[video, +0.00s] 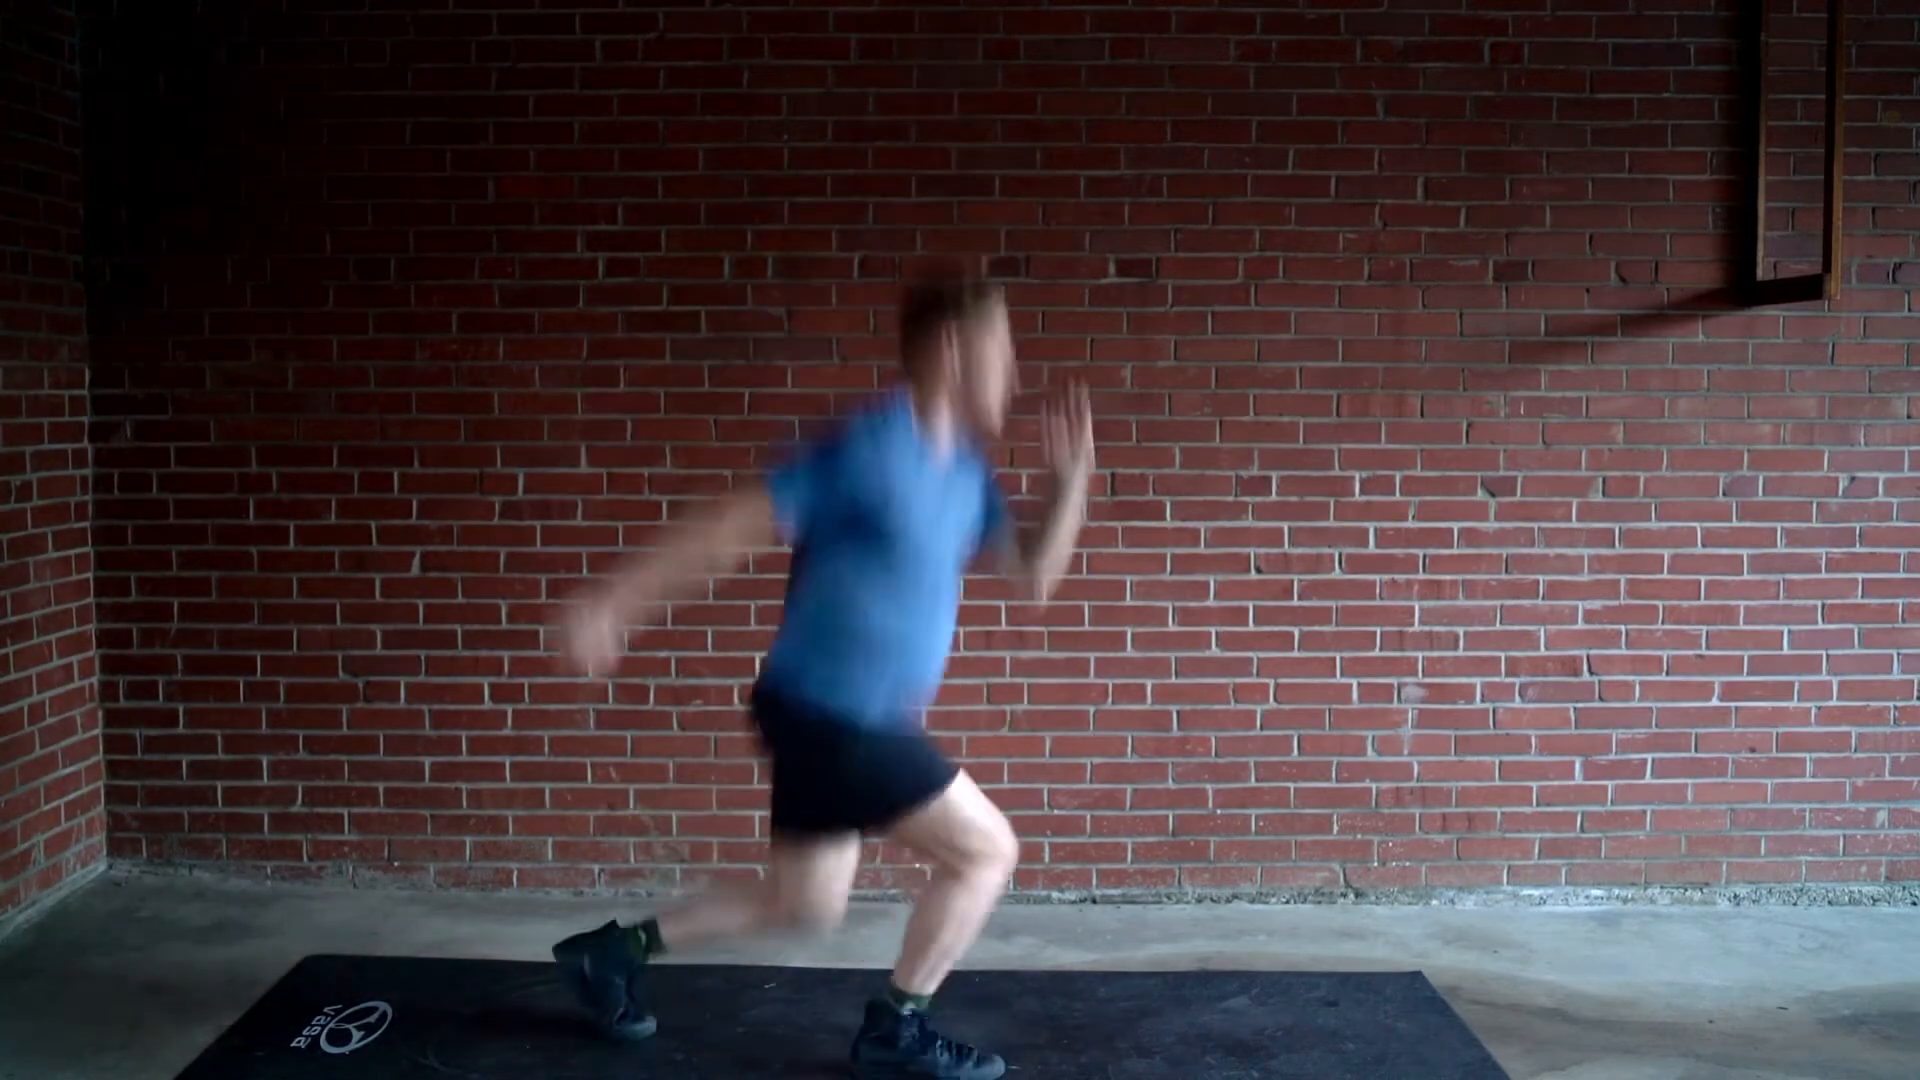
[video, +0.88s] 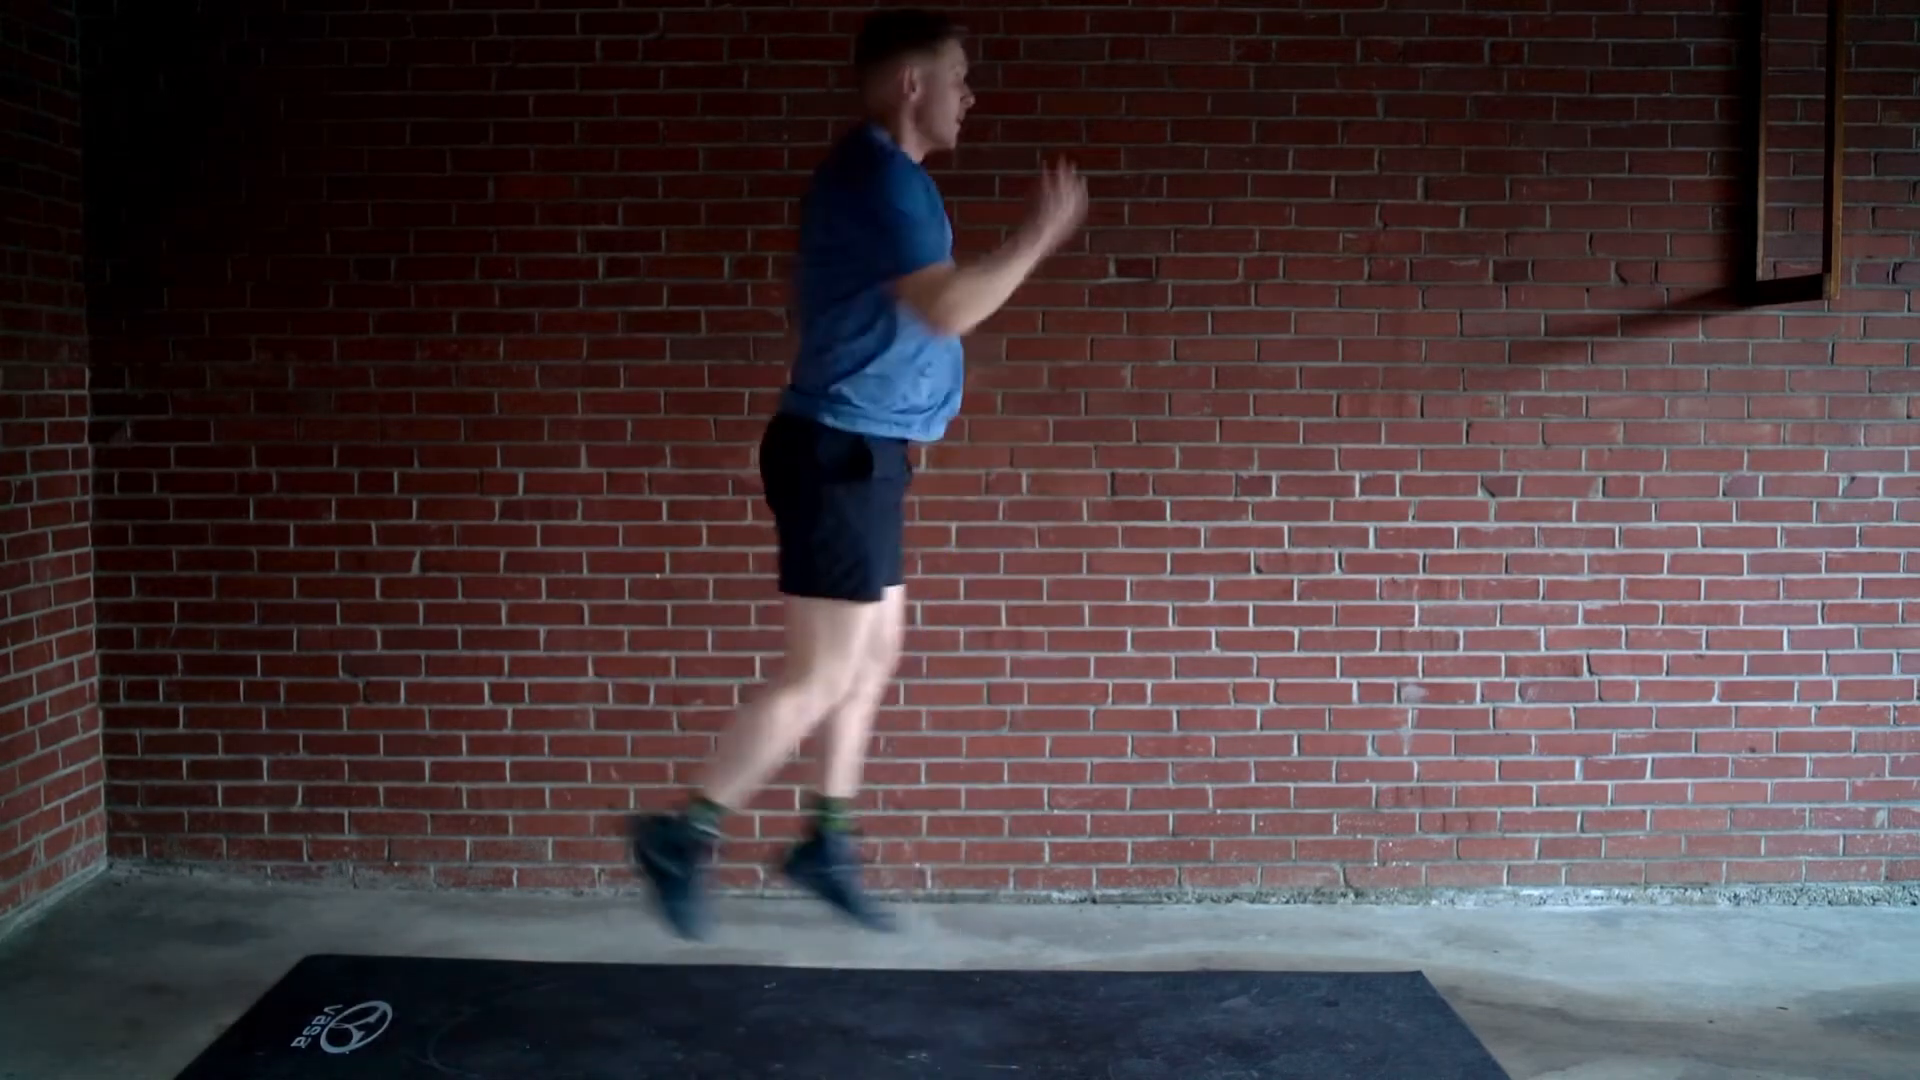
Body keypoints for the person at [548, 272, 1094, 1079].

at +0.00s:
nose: (1009, 363)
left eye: (1008, 342)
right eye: (994, 343)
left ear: (985, 349)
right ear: (942, 348)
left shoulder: (968, 467)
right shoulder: (869, 445)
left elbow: (1035, 578)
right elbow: (734, 524)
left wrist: (1072, 481)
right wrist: (611, 603)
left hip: (867, 713)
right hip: (818, 710)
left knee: (806, 903)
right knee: (985, 850)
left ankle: (617, 949)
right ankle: (897, 1027)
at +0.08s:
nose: (1024, 450)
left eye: (1021, 432)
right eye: (1012, 431)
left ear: (971, 445)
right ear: (959, 442)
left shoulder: (968, 550)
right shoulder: (876, 530)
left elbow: (1022, 666)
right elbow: (746, 609)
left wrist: (1076, 589)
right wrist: (636, 711)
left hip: (846, 773)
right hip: (802, 771)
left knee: (819, 964)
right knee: (996, 857)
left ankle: (626, 955)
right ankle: (898, 1029)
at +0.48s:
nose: (994, 423)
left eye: (989, 405)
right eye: (980, 406)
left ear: (936, 423)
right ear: (932, 421)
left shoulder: (951, 526)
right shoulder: (884, 511)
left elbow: (1015, 625)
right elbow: (756, 604)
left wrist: (1060, 536)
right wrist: (665, 720)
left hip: (830, 757)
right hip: (797, 756)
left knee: (809, 948)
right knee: (993, 849)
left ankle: (616, 954)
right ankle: (898, 1028)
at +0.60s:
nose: (963, 292)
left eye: (960, 275)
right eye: (944, 275)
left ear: (943, 288)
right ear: (898, 289)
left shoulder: (942, 392)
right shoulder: (881, 382)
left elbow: (1001, 473)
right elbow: (777, 457)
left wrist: (1052, 410)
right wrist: (749, 605)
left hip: (840, 662)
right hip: (841, 665)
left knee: (776, 837)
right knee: (964, 831)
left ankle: (614, 945)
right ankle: (896, 1025)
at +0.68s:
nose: (951, 193)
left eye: (950, 176)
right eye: (935, 175)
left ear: (928, 190)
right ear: (886, 187)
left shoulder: (922, 284)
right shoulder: (870, 274)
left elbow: (934, 383)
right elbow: (797, 395)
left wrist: (1035, 388)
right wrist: (845, 519)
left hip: (853, 543)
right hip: (844, 548)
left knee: (763, 731)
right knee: (871, 771)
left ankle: (669, 891)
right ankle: (901, 979)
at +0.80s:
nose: (960, 108)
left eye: (957, 90)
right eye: (946, 89)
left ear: (903, 100)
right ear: (896, 97)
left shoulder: (898, 199)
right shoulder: (871, 189)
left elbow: (898, 338)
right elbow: (870, 331)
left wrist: (906, 452)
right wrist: (1013, 321)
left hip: (857, 461)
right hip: (841, 459)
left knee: (831, 668)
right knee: (849, 671)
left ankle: (767, 850)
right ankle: (770, 853)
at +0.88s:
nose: (969, 98)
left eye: (967, 81)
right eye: (958, 81)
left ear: (908, 86)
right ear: (910, 84)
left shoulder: (895, 176)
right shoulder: (875, 178)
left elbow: (909, 308)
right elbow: (946, 307)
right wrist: (1043, 231)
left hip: (867, 451)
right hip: (833, 450)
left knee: (877, 648)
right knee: (825, 667)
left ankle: (824, 841)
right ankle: (685, 832)